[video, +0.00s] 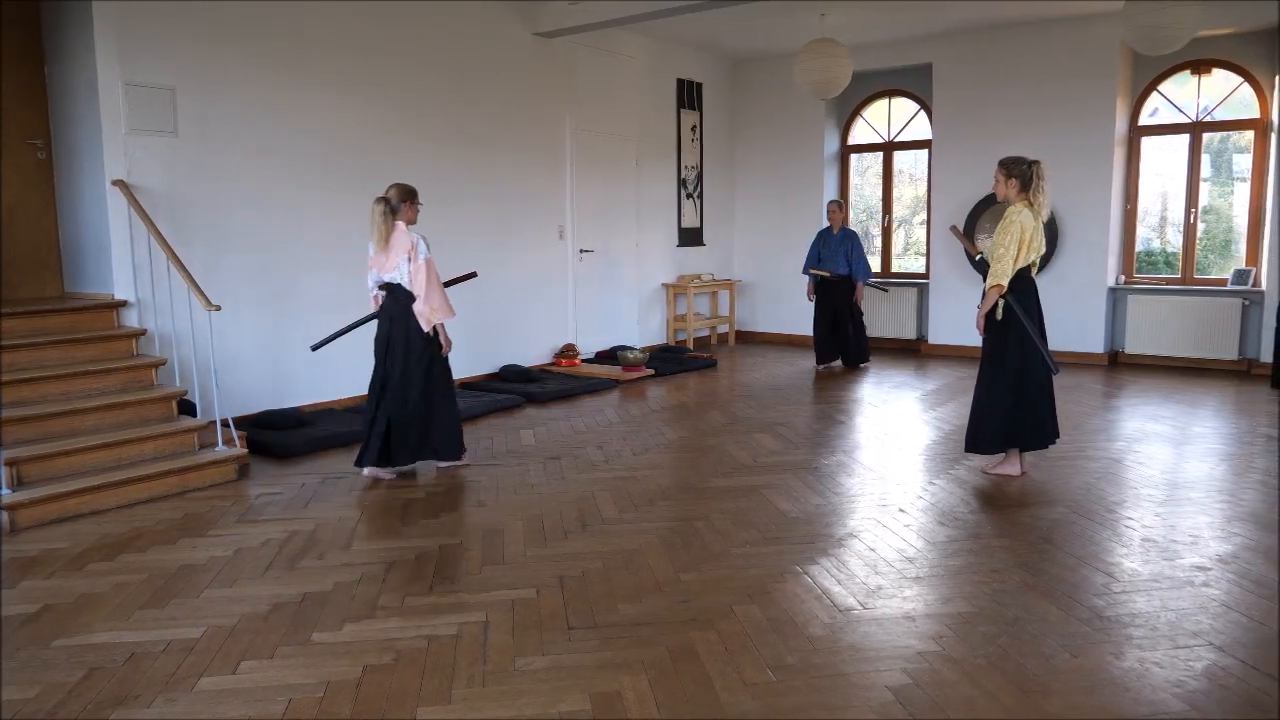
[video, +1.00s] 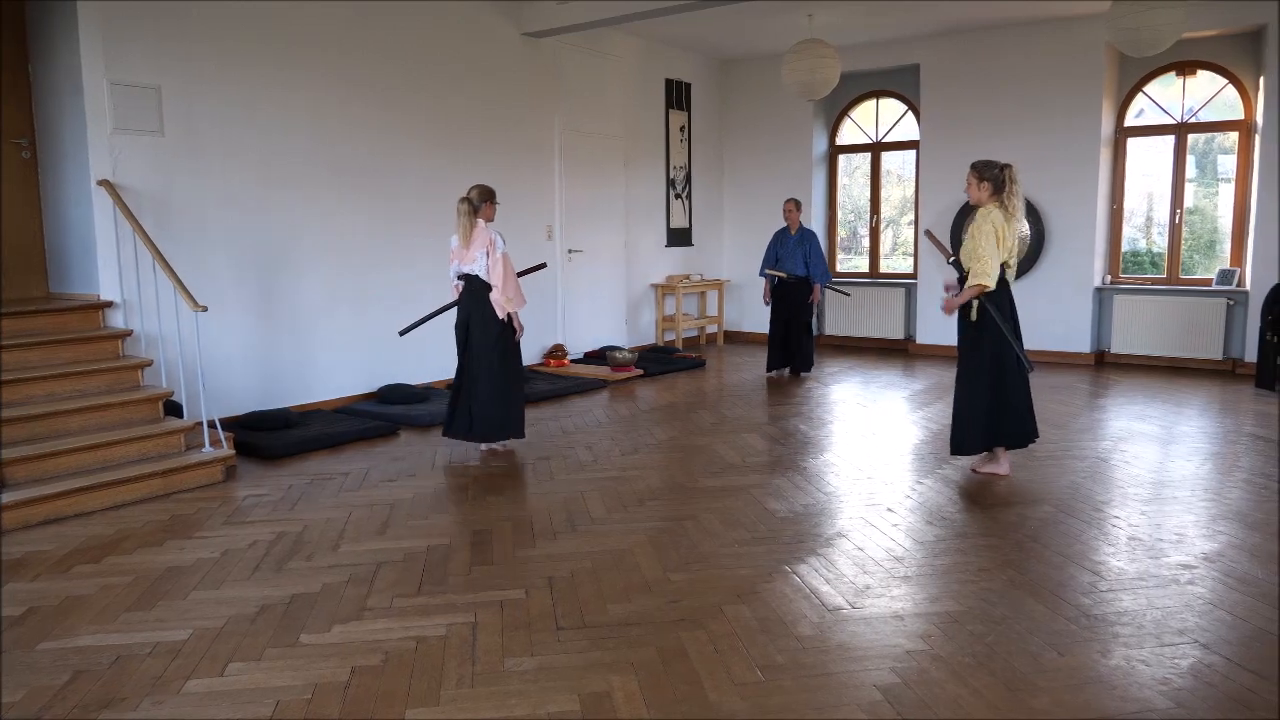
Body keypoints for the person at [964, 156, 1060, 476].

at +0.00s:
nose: (994, 186)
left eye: (997, 181)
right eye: (995, 180)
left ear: (1013, 184)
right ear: (1020, 184)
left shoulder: (1014, 217)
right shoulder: (1032, 215)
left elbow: (1002, 269)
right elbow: (1009, 259)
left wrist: (983, 309)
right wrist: (976, 251)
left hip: (1010, 301)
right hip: (1025, 298)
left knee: (1009, 375)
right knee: (1017, 374)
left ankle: (1012, 458)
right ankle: (1014, 455)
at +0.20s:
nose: (990, 186)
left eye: (994, 181)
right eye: (991, 181)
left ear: (1009, 184)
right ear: (1016, 185)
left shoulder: (1010, 217)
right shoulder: (1028, 215)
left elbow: (998, 269)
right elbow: (1004, 262)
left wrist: (979, 309)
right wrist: (972, 252)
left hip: (1007, 302)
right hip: (1021, 298)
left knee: (1007, 375)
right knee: (1012, 375)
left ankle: (1010, 458)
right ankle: (1009, 453)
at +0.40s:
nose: (986, 186)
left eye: (990, 181)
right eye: (987, 181)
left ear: (1005, 184)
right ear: (1010, 184)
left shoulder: (1006, 217)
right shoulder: (1023, 216)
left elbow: (994, 269)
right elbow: (988, 266)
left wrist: (975, 307)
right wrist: (962, 246)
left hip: (1002, 301)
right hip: (1016, 298)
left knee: (1003, 375)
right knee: (1011, 374)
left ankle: (1007, 457)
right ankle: (1008, 454)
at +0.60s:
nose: (982, 187)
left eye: (986, 181)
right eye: (983, 181)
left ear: (1001, 185)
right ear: (1008, 185)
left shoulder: (1002, 217)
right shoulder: (1021, 216)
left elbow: (991, 270)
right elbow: (988, 268)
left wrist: (971, 309)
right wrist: (962, 250)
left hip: (999, 302)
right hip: (1014, 299)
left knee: (999, 375)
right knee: (1007, 375)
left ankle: (1004, 457)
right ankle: (1006, 455)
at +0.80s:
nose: (976, 188)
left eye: (980, 183)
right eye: (977, 182)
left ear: (996, 185)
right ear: (1002, 186)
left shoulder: (997, 217)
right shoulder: (1016, 216)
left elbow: (986, 269)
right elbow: (998, 265)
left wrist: (967, 309)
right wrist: (962, 255)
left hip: (994, 301)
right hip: (1009, 298)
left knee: (997, 375)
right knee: (1002, 374)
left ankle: (1003, 457)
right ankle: (1002, 453)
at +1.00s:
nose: (966, 190)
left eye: (969, 184)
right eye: (966, 184)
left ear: (986, 188)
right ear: (990, 188)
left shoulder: (984, 220)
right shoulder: (1004, 216)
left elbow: (984, 275)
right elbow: (998, 266)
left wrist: (958, 300)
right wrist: (963, 282)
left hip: (987, 305)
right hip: (999, 302)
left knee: (994, 376)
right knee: (992, 375)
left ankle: (1001, 458)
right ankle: (994, 450)